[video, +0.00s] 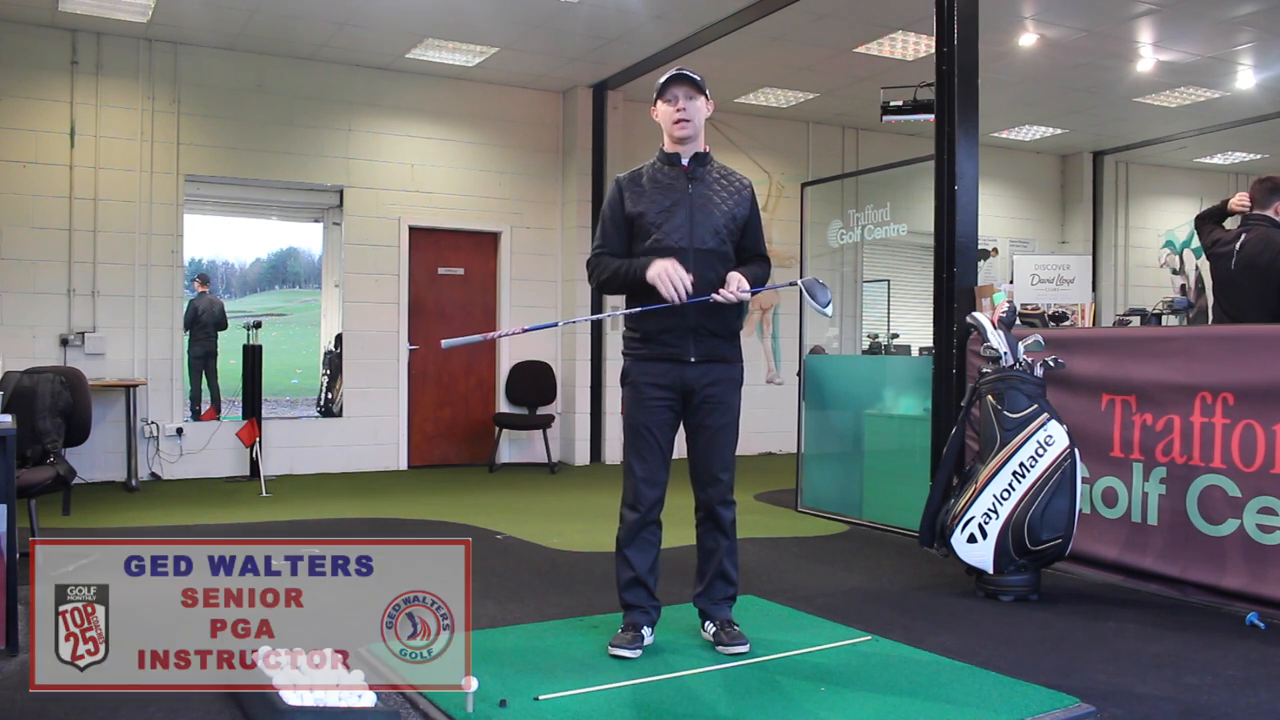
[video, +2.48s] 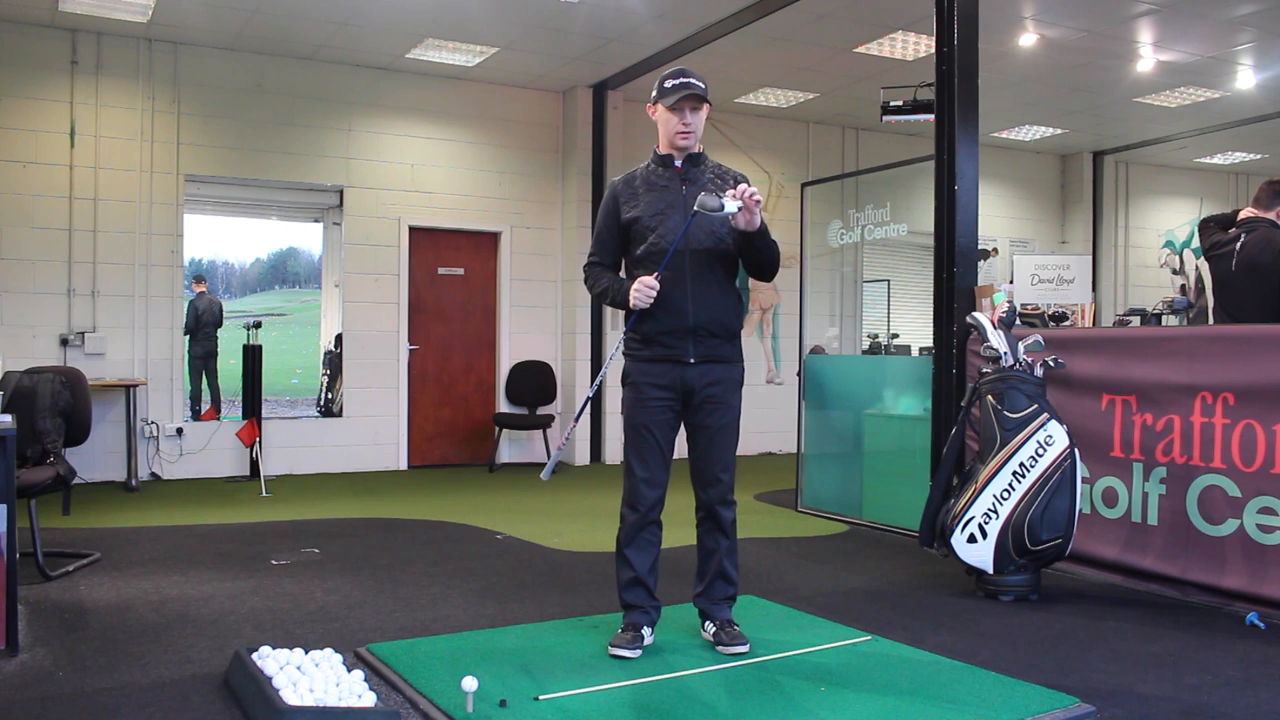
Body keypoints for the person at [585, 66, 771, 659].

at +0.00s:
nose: (680, 106)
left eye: (691, 96)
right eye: (670, 98)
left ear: (709, 110)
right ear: (655, 113)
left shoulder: (737, 189)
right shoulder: (629, 187)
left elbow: (757, 264)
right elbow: (600, 268)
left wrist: (743, 279)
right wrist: (647, 266)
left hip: (718, 363)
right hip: (649, 361)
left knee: (716, 494)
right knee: (642, 495)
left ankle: (718, 612)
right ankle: (638, 616)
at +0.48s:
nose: (679, 105)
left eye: (689, 96)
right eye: (669, 97)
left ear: (708, 110)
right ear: (655, 113)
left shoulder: (737, 189)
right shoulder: (628, 188)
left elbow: (759, 268)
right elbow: (599, 271)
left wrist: (733, 284)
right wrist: (646, 295)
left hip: (718, 363)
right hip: (649, 362)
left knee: (716, 494)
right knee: (642, 495)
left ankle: (718, 612)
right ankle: (637, 616)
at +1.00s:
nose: (678, 107)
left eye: (688, 98)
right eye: (668, 99)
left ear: (706, 109)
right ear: (653, 113)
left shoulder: (735, 187)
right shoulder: (627, 189)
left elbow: (760, 266)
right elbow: (600, 271)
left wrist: (740, 275)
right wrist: (625, 283)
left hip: (718, 365)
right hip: (650, 364)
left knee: (717, 495)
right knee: (642, 496)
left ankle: (718, 613)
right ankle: (637, 616)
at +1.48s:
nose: (684, 113)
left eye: (693, 103)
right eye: (673, 104)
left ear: (707, 111)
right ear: (655, 113)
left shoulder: (733, 186)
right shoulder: (628, 189)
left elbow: (770, 268)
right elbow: (600, 269)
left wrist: (756, 213)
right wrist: (625, 294)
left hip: (718, 363)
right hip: (650, 363)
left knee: (717, 495)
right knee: (643, 496)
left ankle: (719, 613)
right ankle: (638, 616)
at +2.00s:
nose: (688, 118)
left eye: (697, 108)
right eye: (677, 107)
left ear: (708, 115)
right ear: (654, 113)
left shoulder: (732, 184)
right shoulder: (627, 190)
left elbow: (770, 266)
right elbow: (597, 269)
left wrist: (752, 227)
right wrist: (623, 291)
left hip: (718, 364)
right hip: (651, 364)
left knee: (717, 494)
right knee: (643, 495)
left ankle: (718, 613)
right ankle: (638, 616)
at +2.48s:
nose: (688, 119)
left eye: (697, 108)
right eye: (678, 108)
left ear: (708, 115)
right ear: (654, 113)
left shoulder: (730, 185)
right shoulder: (625, 190)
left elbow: (766, 269)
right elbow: (597, 271)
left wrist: (752, 228)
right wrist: (625, 291)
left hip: (719, 364)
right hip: (650, 364)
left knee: (717, 494)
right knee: (643, 495)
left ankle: (718, 613)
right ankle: (638, 616)